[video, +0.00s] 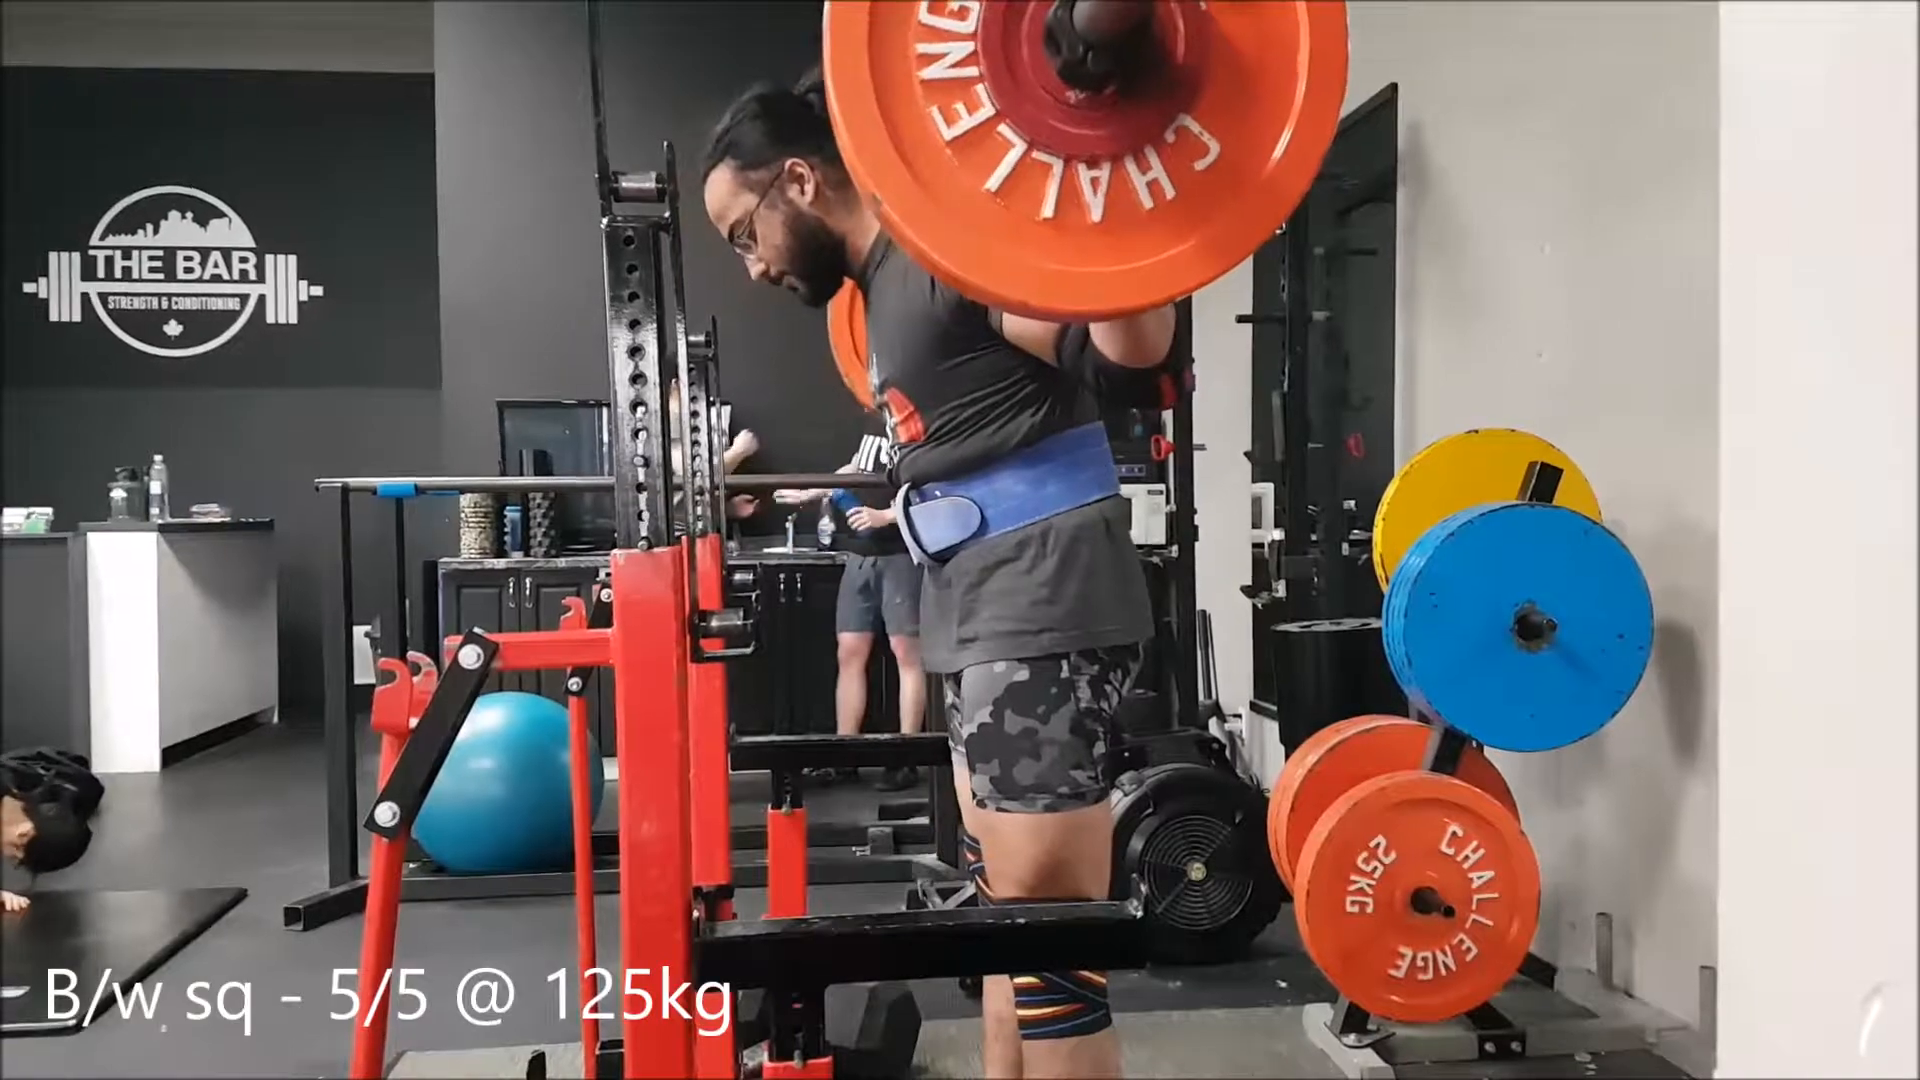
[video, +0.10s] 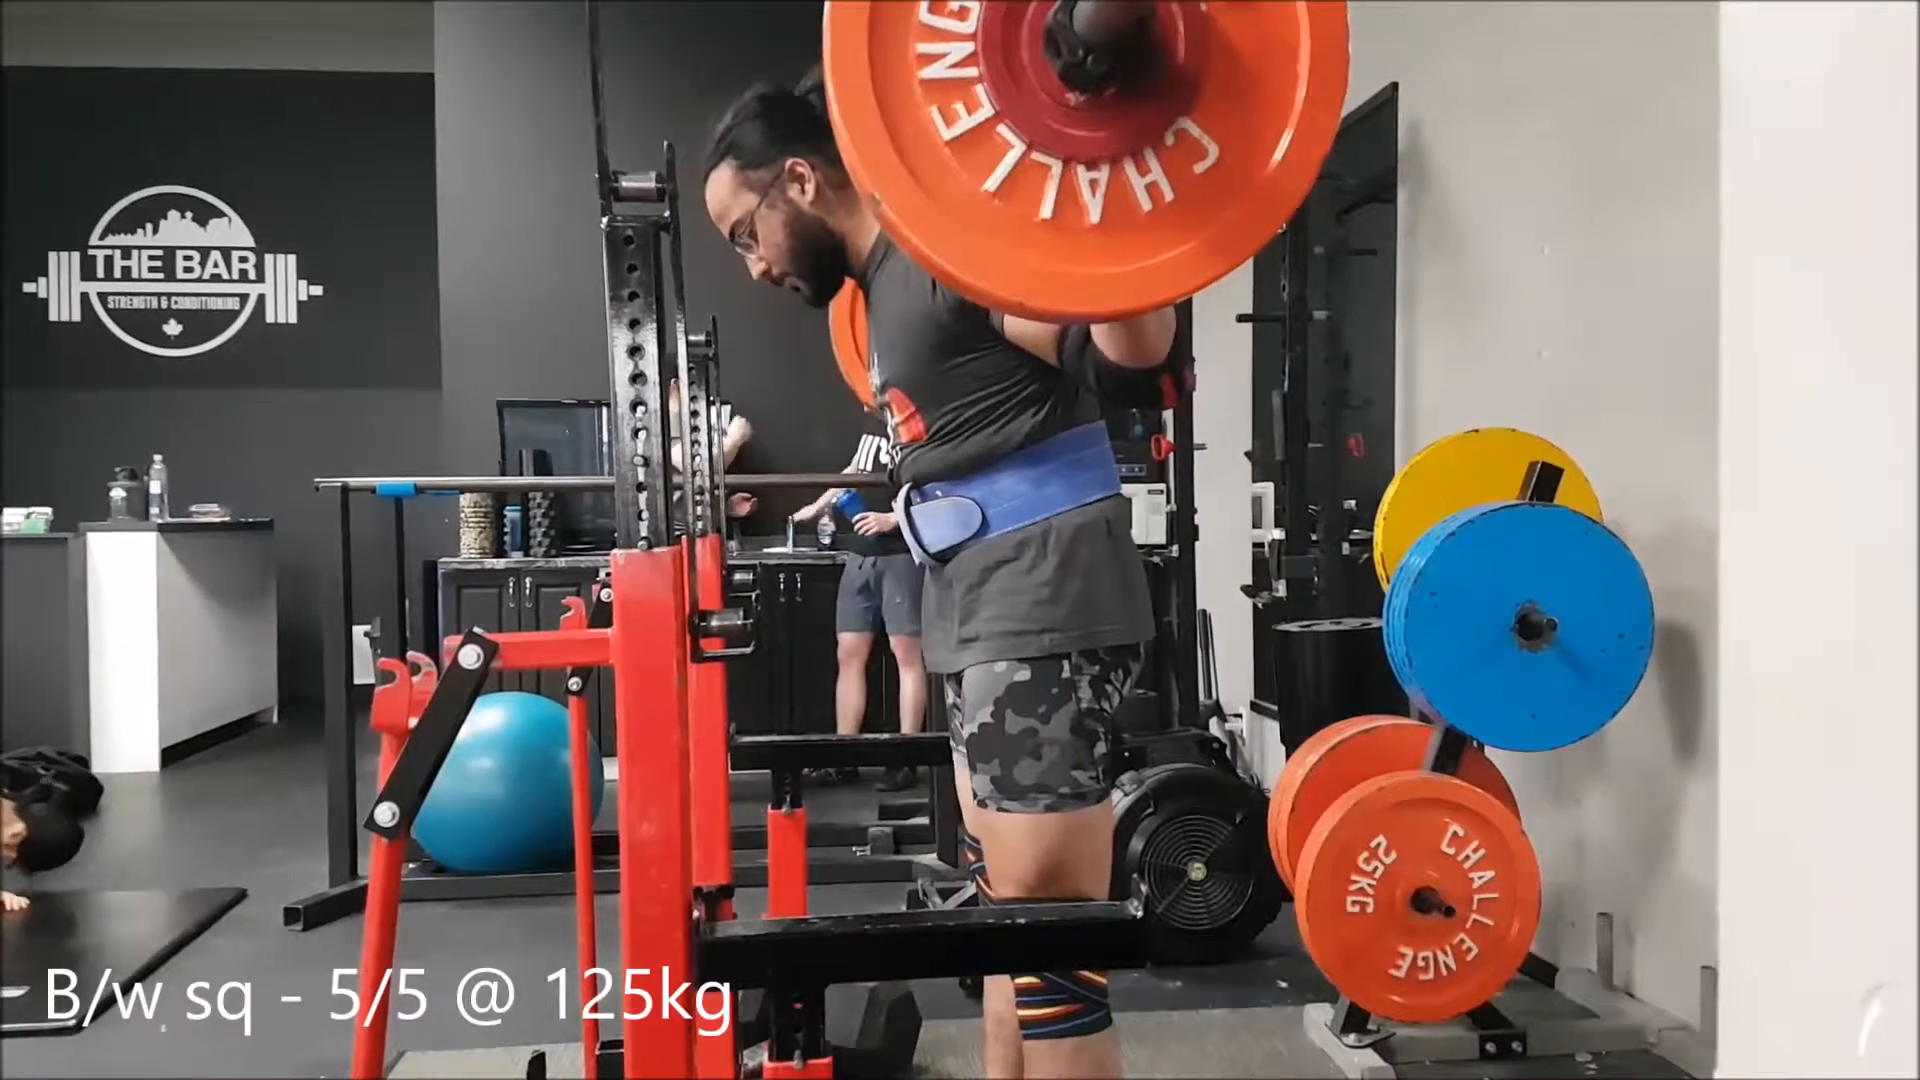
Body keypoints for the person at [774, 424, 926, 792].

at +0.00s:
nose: (878, 398)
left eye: (887, 392)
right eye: (878, 393)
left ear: (909, 393)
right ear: (878, 396)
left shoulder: (929, 440)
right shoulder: (877, 434)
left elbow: (931, 499)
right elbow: (853, 474)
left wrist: (885, 516)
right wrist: (811, 494)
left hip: (902, 557)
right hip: (860, 556)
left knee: (907, 652)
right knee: (850, 652)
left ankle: (907, 757)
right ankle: (843, 755)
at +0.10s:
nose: (880, 395)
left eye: (889, 389)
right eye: (879, 388)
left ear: (913, 396)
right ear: (878, 395)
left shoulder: (927, 441)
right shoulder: (874, 433)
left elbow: (935, 495)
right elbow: (853, 474)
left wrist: (894, 518)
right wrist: (820, 505)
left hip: (902, 555)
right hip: (859, 555)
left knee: (906, 651)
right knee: (849, 650)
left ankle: (906, 757)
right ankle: (843, 756)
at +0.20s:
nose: (879, 391)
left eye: (888, 383)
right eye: (878, 383)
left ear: (912, 392)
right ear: (877, 391)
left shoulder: (929, 438)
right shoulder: (874, 430)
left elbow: (935, 494)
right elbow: (856, 472)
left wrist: (894, 519)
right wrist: (821, 504)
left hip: (902, 554)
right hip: (859, 553)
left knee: (906, 650)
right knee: (849, 649)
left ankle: (906, 757)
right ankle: (843, 756)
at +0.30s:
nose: (872, 386)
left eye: (881, 376)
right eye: (871, 376)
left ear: (904, 384)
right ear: (870, 382)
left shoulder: (924, 432)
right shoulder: (871, 422)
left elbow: (936, 492)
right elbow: (859, 474)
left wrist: (891, 519)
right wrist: (821, 495)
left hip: (901, 555)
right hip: (859, 554)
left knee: (906, 651)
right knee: (849, 650)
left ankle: (906, 757)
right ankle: (843, 756)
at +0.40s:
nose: (855, 385)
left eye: (864, 377)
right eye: (857, 377)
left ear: (889, 386)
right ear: (867, 390)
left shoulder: (919, 434)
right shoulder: (868, 431)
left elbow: (931, 499)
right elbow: (852, 481)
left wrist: (887, 520)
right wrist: (812, 496)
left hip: (901, 555)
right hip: (860, 554)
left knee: (906, 651)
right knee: (850, 650)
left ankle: (906, 757)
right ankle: (843, 755)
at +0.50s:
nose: (852, 386)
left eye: (861, 377)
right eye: (853, 377)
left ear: (887, 385)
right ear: (867, 391)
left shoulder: (918, 434)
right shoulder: (869, 430)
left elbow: (926, 500)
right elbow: (852, 477)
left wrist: (881, 519)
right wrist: (819, 489)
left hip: (901, 555)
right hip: (860, 553)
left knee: (906, 652)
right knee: (852, 651)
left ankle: (906, 757)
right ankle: (843, 754)